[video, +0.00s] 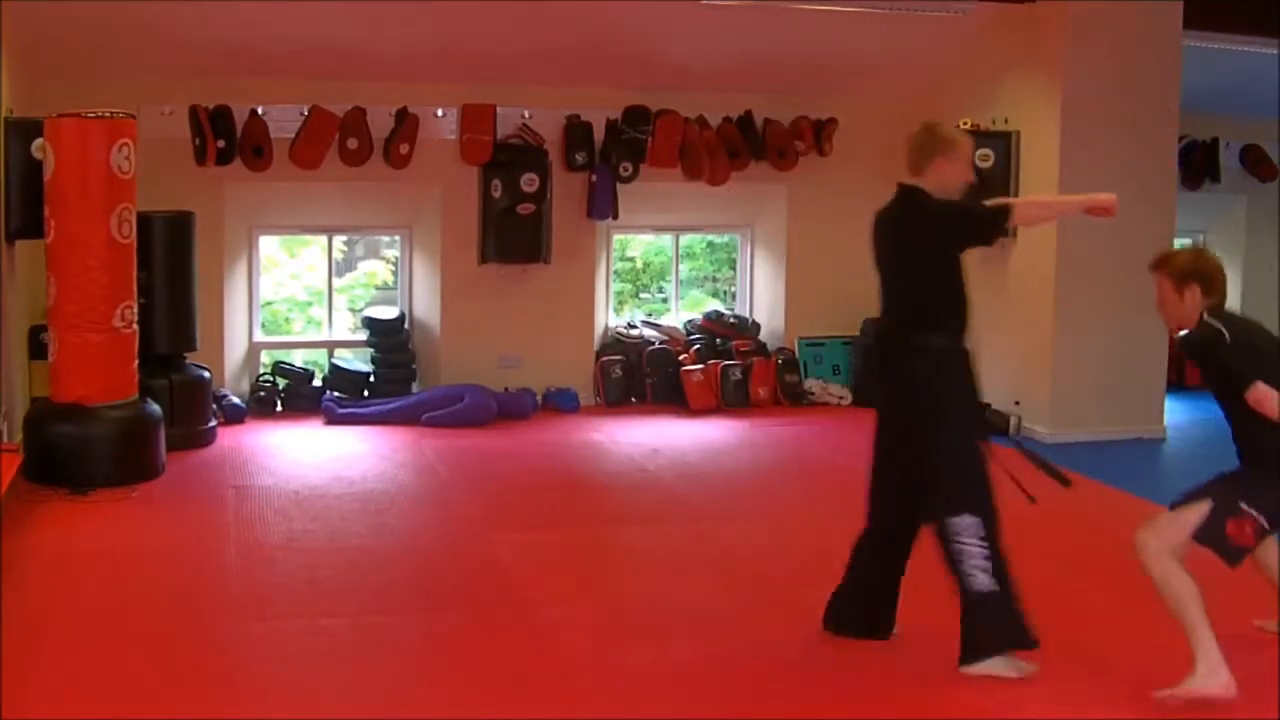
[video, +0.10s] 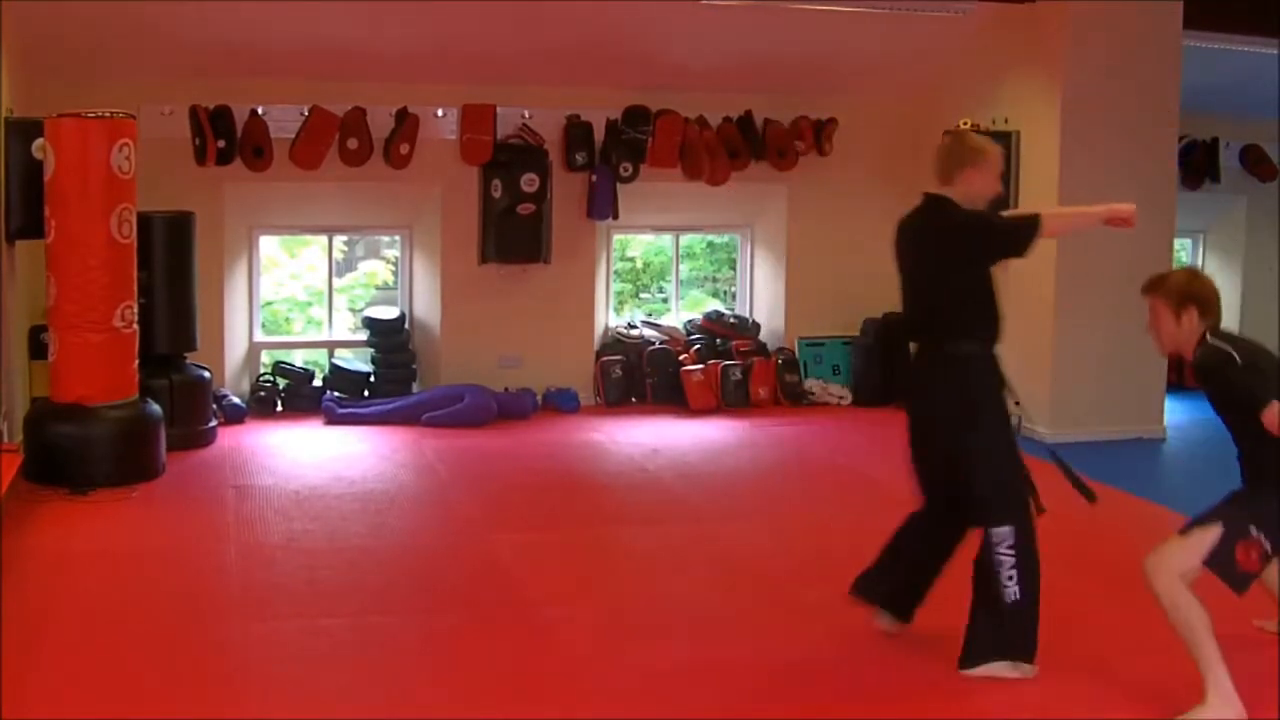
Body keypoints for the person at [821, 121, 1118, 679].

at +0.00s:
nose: (971, 175)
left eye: (970, 165)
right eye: (965, 163)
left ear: (924, 164)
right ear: (937, 164)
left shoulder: (896, 215)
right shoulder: (925, 217)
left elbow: (976, 221)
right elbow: (1008, 214)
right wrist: (1084, 204)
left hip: (902, 376)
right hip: (933, 376)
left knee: (898, 497)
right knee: (963, 504)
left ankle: (856, 611)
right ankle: (988, 642)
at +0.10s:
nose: (998, 187)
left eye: (998, 177)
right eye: (994, 175)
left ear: (950, 174)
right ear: (968, 173)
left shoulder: (915, 224)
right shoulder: (955, 226)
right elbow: (1027, 228)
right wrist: (1102, 214)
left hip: (929, 375)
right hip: (964, 376)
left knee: (953, 501)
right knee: (1007, 507)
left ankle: (889, 591)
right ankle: (995, 649)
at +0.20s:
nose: (1018, 183)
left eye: (1017, 172)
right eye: (1013, 172)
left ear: (969, 172)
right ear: (990, 171)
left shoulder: (942, 220)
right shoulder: (972, 221)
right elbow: (1046, 230)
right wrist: (1121, 218)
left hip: (961, 371)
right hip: (986, 373)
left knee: (994, 495)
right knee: (1017, 506)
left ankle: (940, 583)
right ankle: (994, 647)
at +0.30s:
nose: (1044, 180)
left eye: (1044, 171)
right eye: (1040, 170)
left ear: (997, 165)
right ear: (1017, 167)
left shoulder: (977, 211)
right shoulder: (1000, 217)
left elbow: (1062, 216)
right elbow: (1077, 226)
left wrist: (1139, 210)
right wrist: (1147, 216)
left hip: (997, 366)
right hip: (1007, 371)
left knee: (1037, 493)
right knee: (1026, 504)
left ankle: (1020, 600)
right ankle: (991, 648)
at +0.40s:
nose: (1074, 183)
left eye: (1073, 172)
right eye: (1068, 172)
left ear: (1031, 170)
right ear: (1044, 172)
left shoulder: (1019, 217)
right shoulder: (1030, 223)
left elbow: (1099, 221)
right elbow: (1109, 228)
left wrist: (1174, 212)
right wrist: (1179, 217)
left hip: (1033, 374)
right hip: (1031, 379)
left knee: (1068, 491)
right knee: (1035, 513)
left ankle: (1093, 593)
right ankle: (991, 649)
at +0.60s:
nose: (1140, 199)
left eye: (1140, 190)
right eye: (1134, 189)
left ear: (1099, 186)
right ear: (1103, 185)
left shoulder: (1085, 234)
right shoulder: (1092, 236)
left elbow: (1170, 239)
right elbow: (1180, 241)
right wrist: (1259, 235)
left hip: (1103, 378)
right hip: (1089, 380)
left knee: (1146, 480)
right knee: (1066, 513)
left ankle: (1142, 588)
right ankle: (997, 637)